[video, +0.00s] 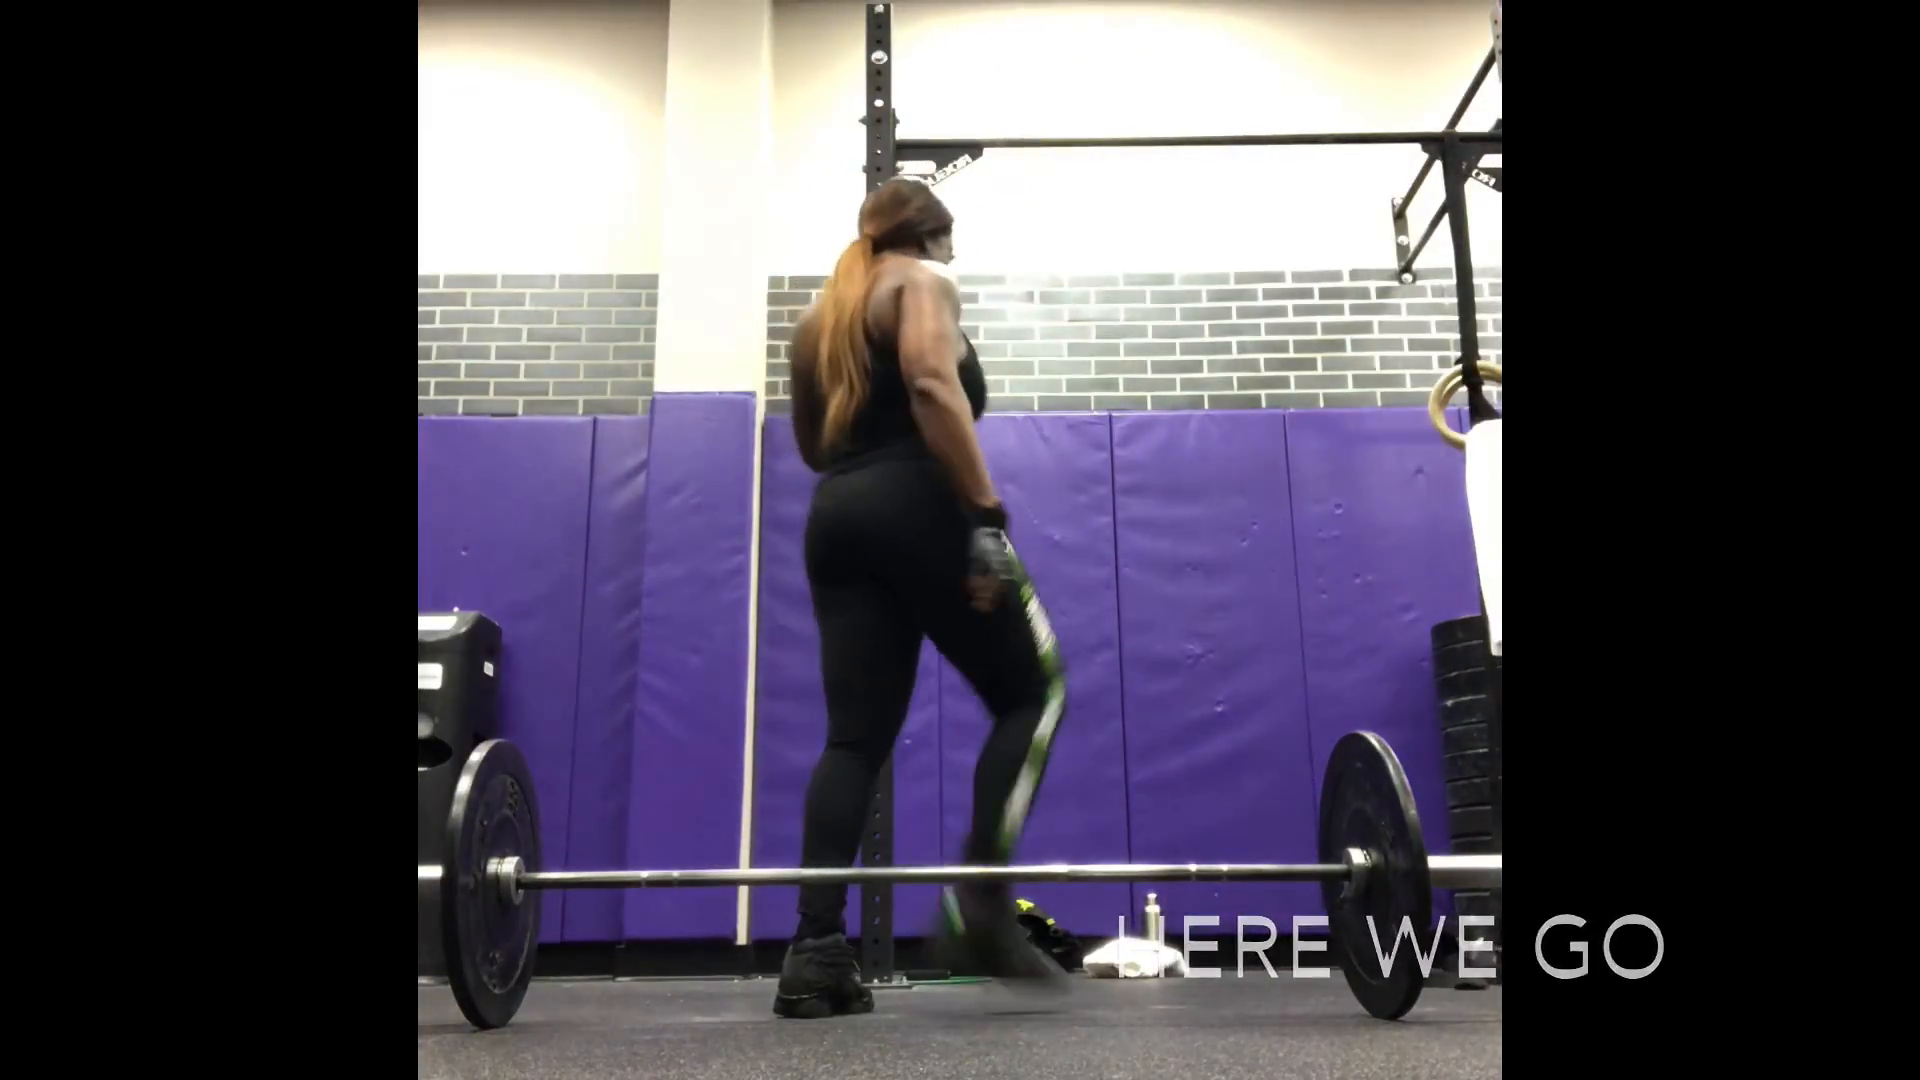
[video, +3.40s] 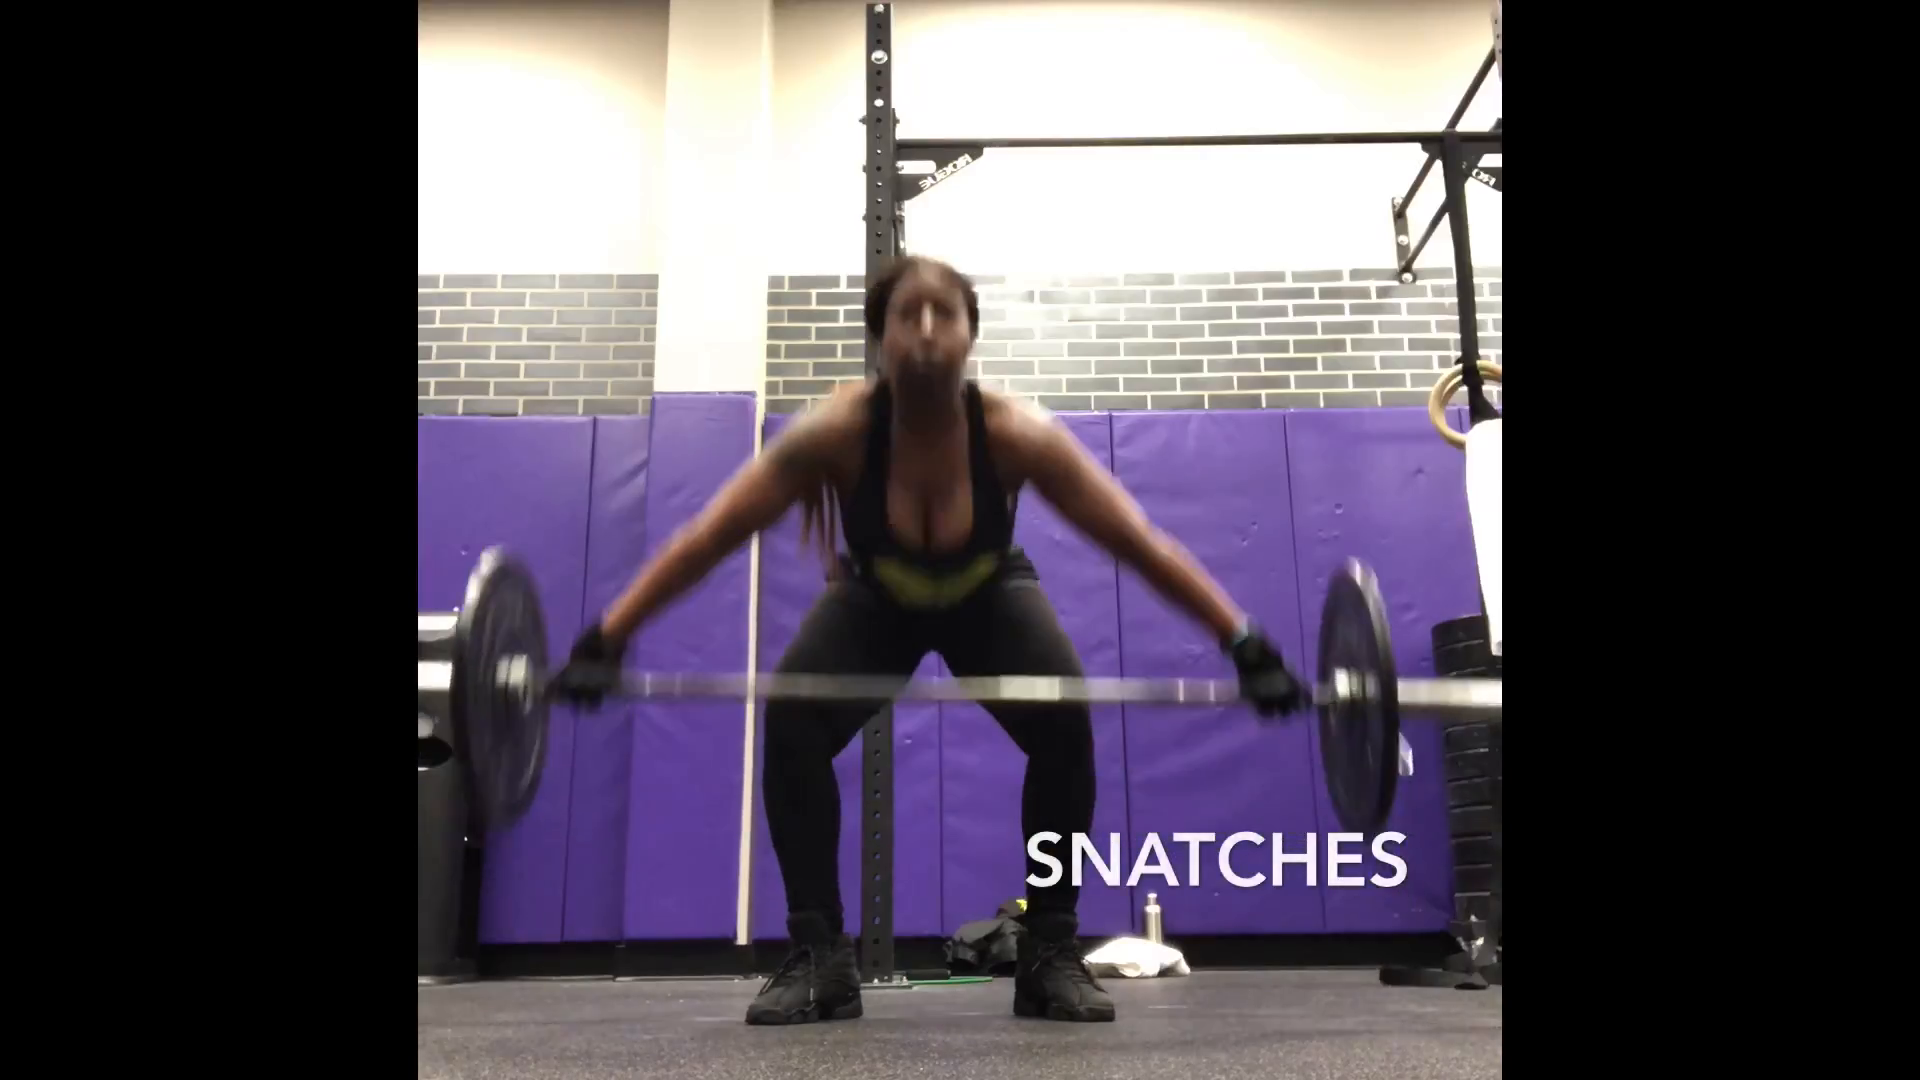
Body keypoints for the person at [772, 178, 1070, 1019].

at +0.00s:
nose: (950, 255)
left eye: (946, 242)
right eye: (946, 242)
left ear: (875, 240)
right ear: (926, 239)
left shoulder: (827, 310)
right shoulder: (920, 281)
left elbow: (815, 440)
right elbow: (929, 379)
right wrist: (988, 518)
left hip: (838, 516)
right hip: (922, 509)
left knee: (855, 738)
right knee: (1031, 691)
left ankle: (817, 949)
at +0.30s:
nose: (1013, 264)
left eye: (1012, 250)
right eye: (1005, 249)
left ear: (934, 251)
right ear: (974, 246)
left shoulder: (898, 317)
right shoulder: (966, 281)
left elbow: (829, 432)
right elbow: (920, 320)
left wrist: (904, 492)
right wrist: (1008, 401)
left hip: (912, 522)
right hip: (971, 514)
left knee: (968, 734)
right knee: (994, 728)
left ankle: (868, 894)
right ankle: (986, 942)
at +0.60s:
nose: (1043, 290)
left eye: (1042, 276)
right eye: (1034, 274)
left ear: (994, 280)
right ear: (992, 275)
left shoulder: (982, 346)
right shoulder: (951, 316)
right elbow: (843, 347)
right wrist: (928, 436)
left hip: (998, 539)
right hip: (966, 533)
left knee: (1027, 730)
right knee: (994, 726)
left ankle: (995, 927)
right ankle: (980, 940)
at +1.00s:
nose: (1002, 318)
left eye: (1011, 306)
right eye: (987, 304)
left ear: (1017, 311)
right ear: (947, 305)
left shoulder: (1015, 379)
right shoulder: (901, 363)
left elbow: (1023, 453)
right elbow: (805, 404)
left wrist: (1020, 495)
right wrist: (850, 462)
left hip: (1009, 561)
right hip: (928, 549)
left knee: (994, 754)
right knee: (930, 728)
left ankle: (982, 948)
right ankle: (886, 941)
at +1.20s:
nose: (926, 521)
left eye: (944, 503)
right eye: (907, 504)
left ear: (971, 509)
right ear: (877, 513)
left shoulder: (1024, 592)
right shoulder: (824, 592)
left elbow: (1150, 723)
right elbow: (698, 720)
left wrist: (1263, 821)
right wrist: (584, 834)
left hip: (986, 730)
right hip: (867, 733)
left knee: (1065, 738)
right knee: (778, 746)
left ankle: (1050, 961)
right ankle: (819, 962)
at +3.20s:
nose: (927, 425)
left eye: (945, 408)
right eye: (908, 410)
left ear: (974, 419)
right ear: (880, 424)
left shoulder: (1023, 510)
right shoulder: (831, 505)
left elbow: (1144, 625)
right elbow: (707, 617)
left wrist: (1251, 724)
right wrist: (597, 723)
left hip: (989, 642)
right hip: (876, 645)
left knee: (1068, 724)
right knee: (786, 731)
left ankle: (1050, 962)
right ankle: (819, 959)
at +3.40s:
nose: (927, 328)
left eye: (945, 313)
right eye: (909, 313)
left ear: (969, 339)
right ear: (881, 336)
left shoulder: (1015, 433)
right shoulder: (837, 428)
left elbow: (1136, 541)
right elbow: (715, 531)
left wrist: (1242, 639)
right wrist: (608, 634)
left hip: (988, 600)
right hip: (876, 603)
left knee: (1063, 732)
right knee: (789, 732)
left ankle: (1051, 958)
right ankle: (820, 958)